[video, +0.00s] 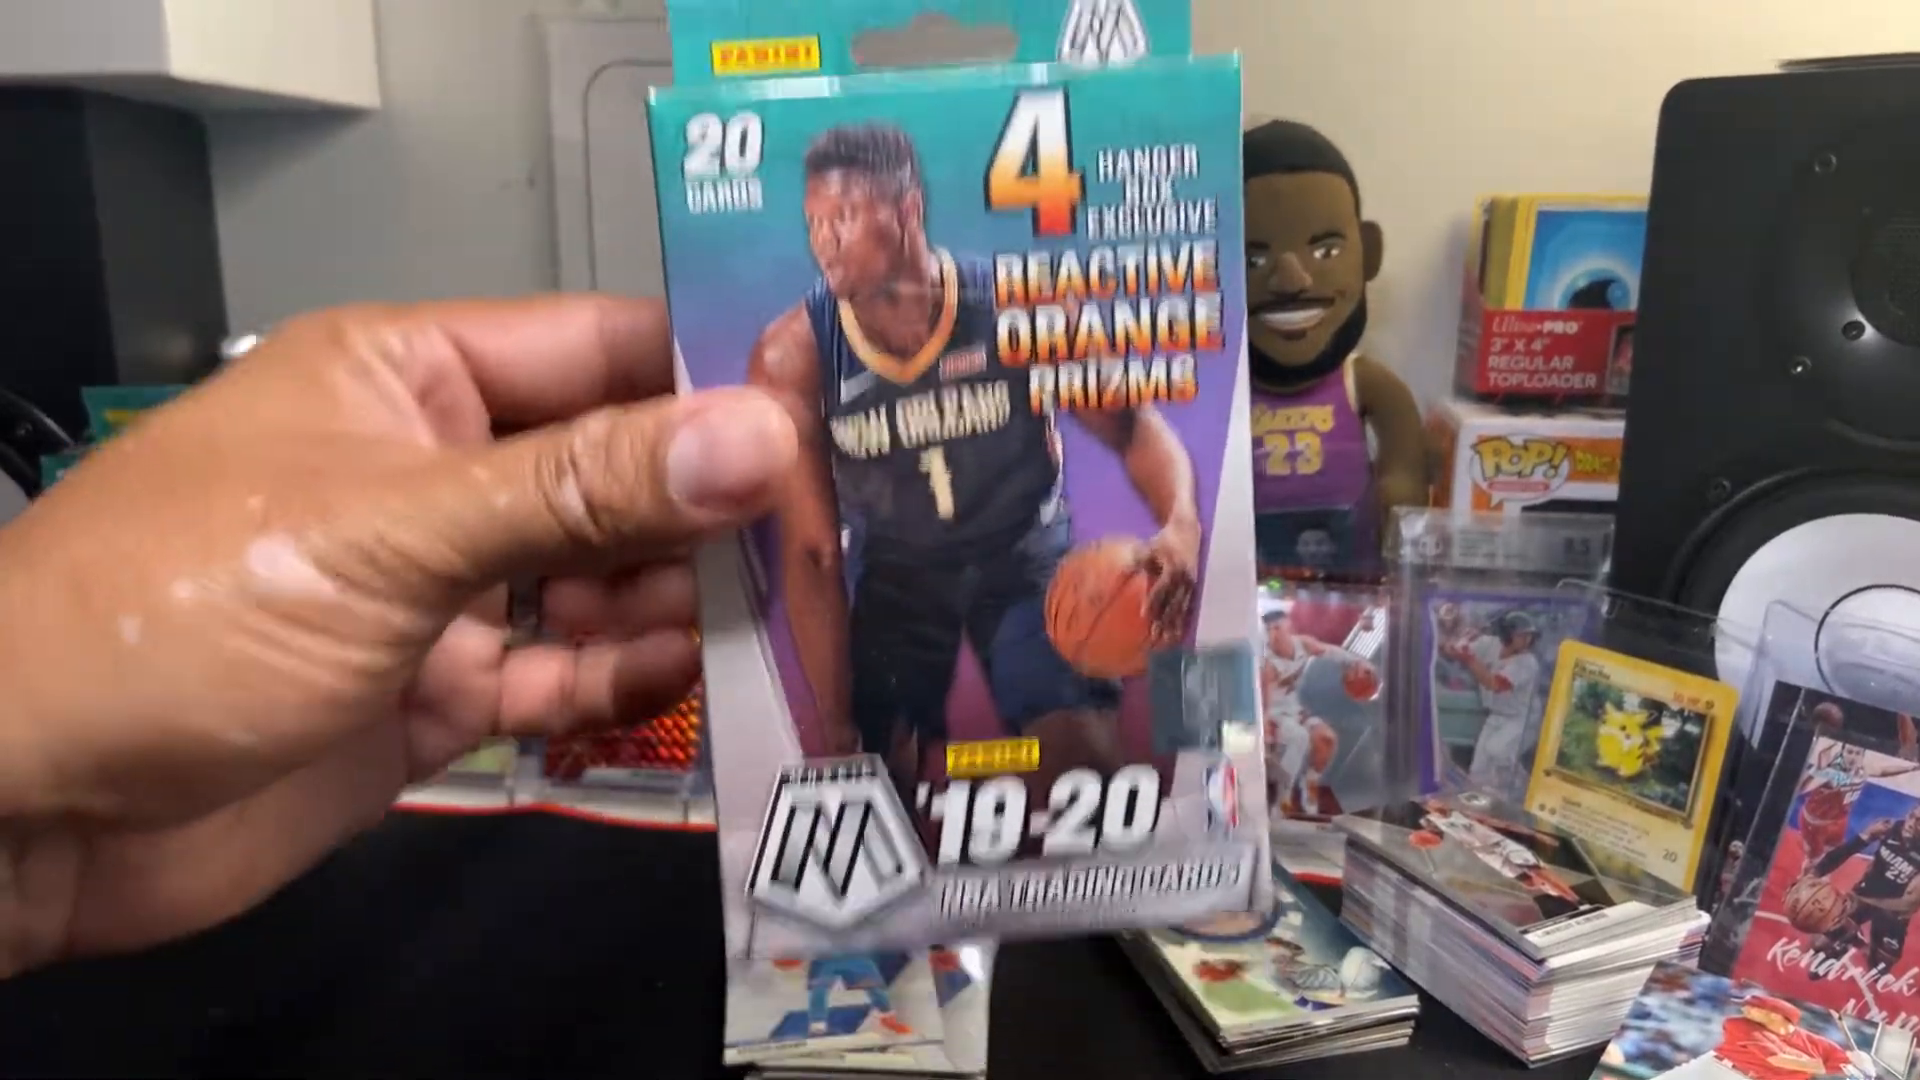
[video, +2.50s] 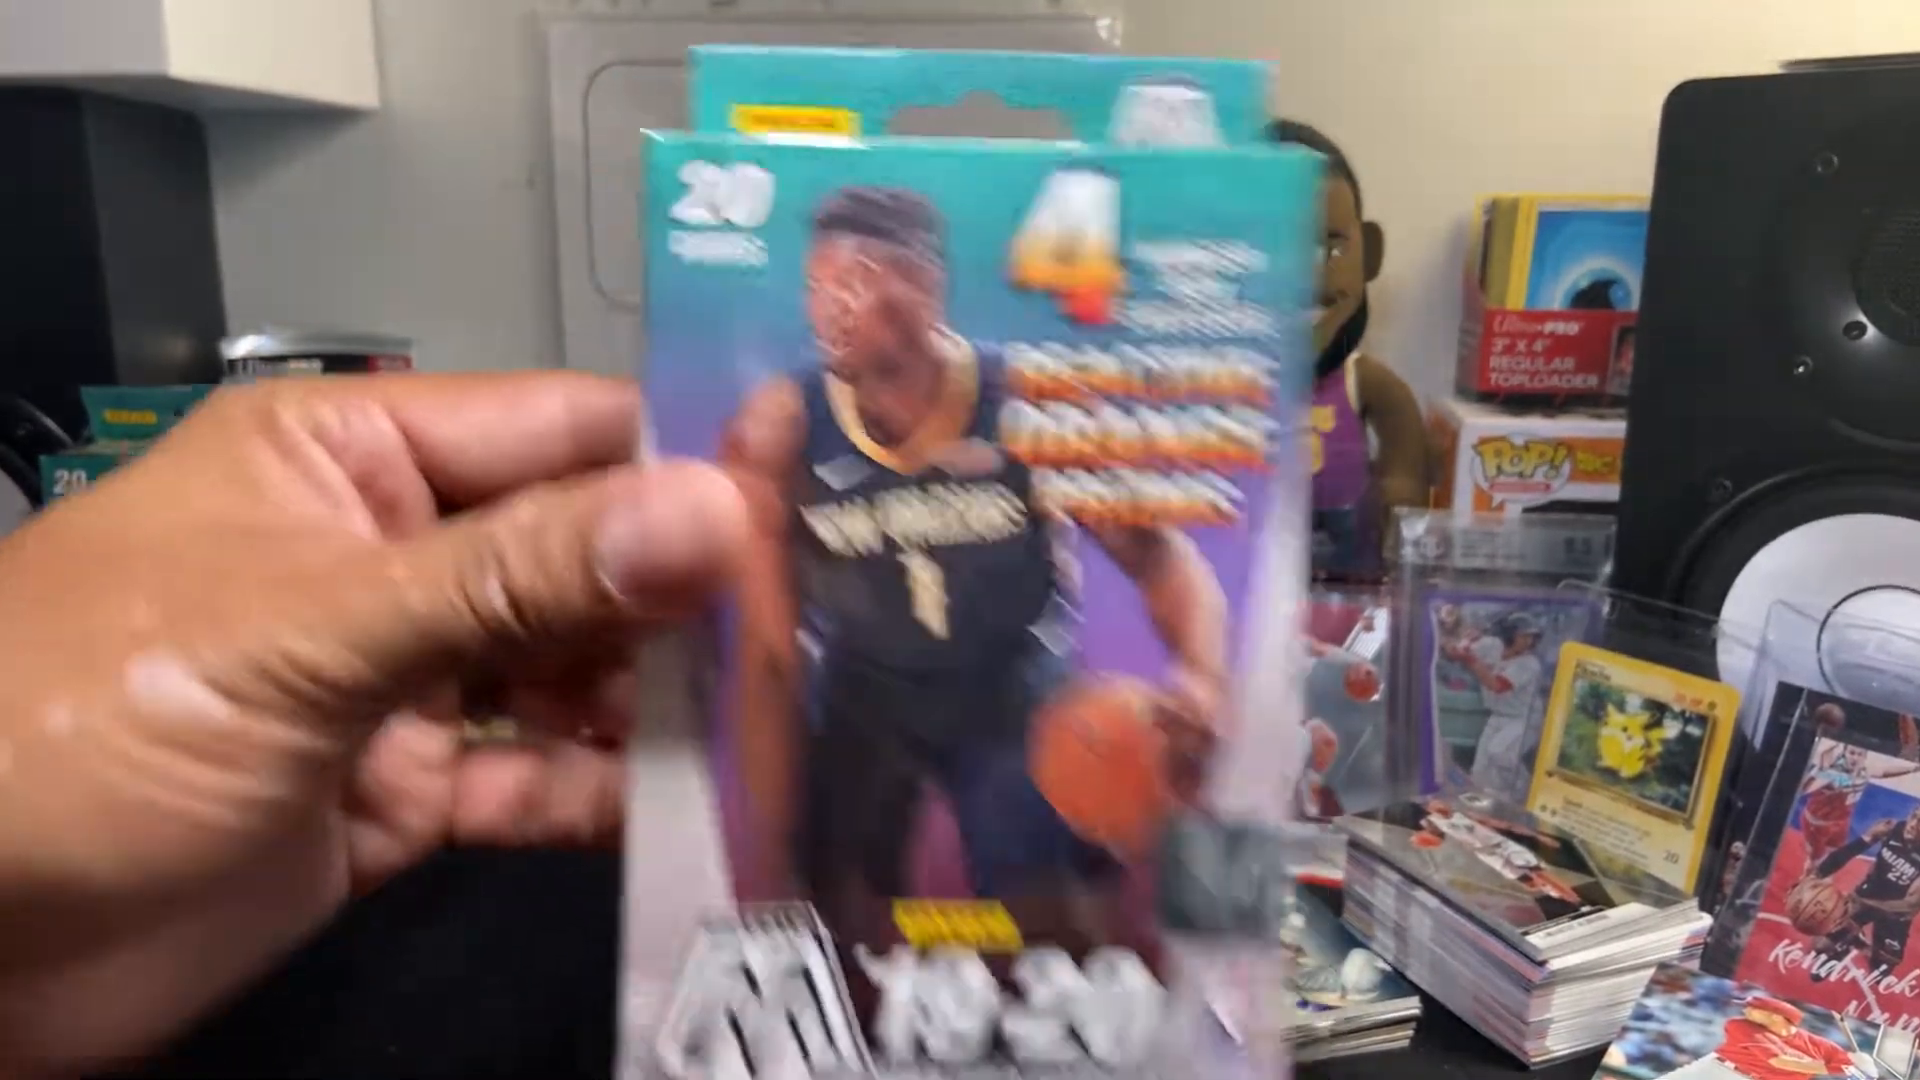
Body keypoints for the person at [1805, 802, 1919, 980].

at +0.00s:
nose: (1912, 824)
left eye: (1918, 822)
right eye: (1912, 817)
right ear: (1907, 814)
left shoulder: (1918, 857)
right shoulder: (1888, 829)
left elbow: (1909, 904)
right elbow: (1847, 850)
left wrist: (1861, 902)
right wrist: (1815, 873)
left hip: (1895, 911)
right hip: (1864, 896)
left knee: (1879, 969)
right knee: (1819, 945)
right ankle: (1846, 942)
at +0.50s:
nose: (1912, 824)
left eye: (1918, 822)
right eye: (1912, 817)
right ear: (1907, 815)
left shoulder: (1917, 858)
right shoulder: (1888, 830)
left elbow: (1908, 905)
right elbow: (1848, 851)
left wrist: (1861, 903)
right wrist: (1816, 873)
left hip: (1895, 912)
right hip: (1865, 897)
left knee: (1880, 969)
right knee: (1820, 947)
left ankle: (1853, 939)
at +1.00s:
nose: (1912, 824)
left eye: (1918, 822)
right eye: (1912, 817)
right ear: (1907, 815)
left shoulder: (1918, 857)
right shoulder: (1888, 830)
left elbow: (1909, 904)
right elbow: (1847, 850)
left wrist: (1861, 903)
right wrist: (1814, 874)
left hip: (1896, 910)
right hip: (1865, 895)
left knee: (1880, 967)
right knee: (1820, 945)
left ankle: (1856, 940)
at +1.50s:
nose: (1910, 823)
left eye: (1917, 821)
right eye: (1910, 816)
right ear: (1905, 815)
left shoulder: (1917, 857)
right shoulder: (1887, 828)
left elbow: (1908, 904)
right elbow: (1846, 849)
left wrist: (1859, 902)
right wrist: (1814, 872)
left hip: (1894, 907)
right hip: (1865, 893)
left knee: (1878, 966)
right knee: (1819, 944)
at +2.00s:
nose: (1911, 824)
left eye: (1918, 822)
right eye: (1911, 816)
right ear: (1906, 814)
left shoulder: (1918, 859)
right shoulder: (1887, 829)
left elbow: (1907, 905)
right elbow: (1845, 851)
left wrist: (1860, 903)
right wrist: (1814, 874)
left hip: (1895, 911)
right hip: (1863, 896)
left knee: (1878, 970)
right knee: (1818, 946)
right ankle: (1843, 945)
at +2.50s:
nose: (1913, 825)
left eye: (1919, 823)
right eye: (1914, 817)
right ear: (1909, 815)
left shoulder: (1918, 857)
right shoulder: (1889, 829)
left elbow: (1910, 905)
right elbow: (1849, 851)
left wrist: (1863, 904)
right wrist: (1816, 875)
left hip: (1897, 912)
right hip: (1866, 897)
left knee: (1881, 970)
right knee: (1821, 946)